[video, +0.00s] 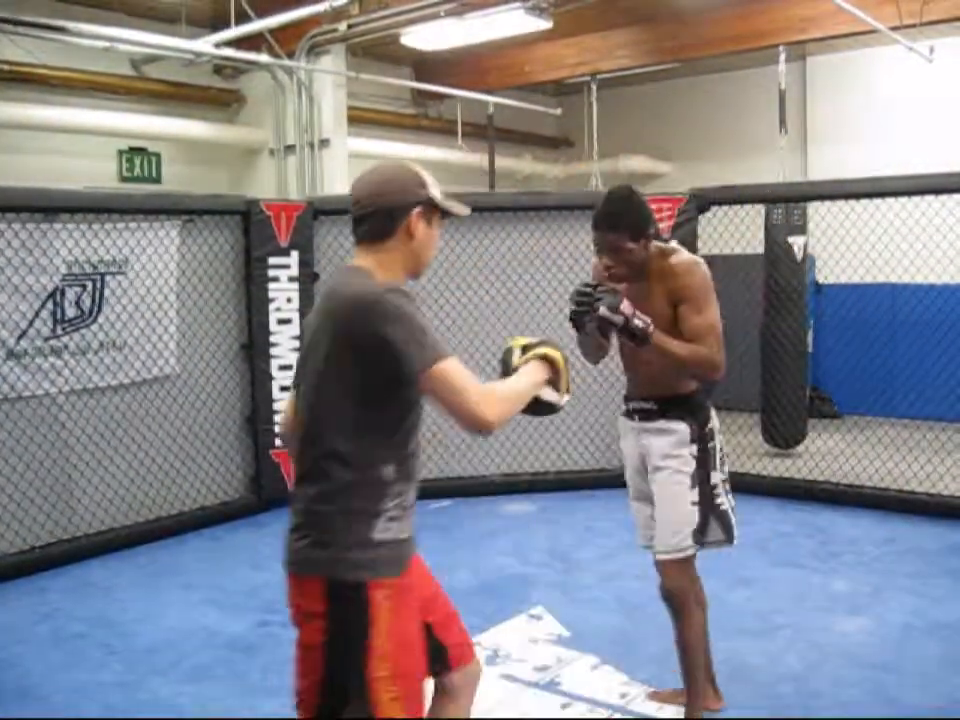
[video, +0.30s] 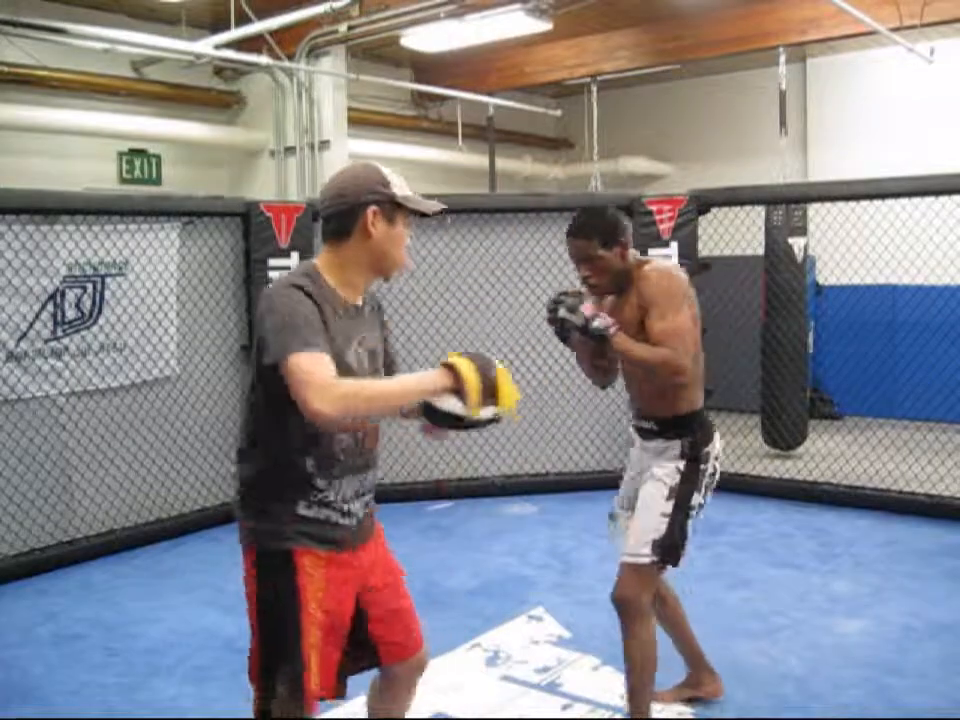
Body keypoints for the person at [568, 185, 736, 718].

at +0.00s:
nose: (608, 263)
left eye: (618, 253)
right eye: (603, 252)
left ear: (646, 238)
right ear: (600, 242)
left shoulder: (686, 271)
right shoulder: (609, 269)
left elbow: (712, 363)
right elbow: (595, 352)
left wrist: (641, 329)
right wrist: (586, 318)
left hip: (681, 432)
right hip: (637, 430)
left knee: (676, 577)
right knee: (671, 573)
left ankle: (704, 696)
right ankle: (701, 688)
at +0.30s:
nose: (583, 275)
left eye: (590, 263)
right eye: (576, 264)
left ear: (622, 251)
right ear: (574, 258)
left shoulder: (662, 281)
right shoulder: (607, 293)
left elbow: (679, 364)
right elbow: (604, 376)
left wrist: (604, 333)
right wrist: (576, 335)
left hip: (681, 448)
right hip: (643, 443)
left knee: (630, 596)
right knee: (641, 574)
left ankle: (639, 712)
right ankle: (701, 674)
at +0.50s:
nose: (544, 315)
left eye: (548, 301)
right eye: (536, 307)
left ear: (577, 282)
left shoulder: (609, 311)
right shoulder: (599, 310)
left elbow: (626, 416)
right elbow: (621, 400)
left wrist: (569, 396)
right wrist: (570, 389)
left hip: (676, 475)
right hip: (641, 469)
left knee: (607, 627)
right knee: (636, 588)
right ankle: (700, 680)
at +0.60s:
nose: (532, 291)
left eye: (537, 276)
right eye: (523, 282)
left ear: (569, 261)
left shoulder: (616, 283)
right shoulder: (579, 320)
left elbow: (649, 351)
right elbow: (626, 404)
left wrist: (575, 353)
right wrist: (569, 426)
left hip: (665, 465)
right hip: (623, 462)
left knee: (611, 634)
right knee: (638, 590)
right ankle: (697, 679)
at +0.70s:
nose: (532, 272)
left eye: (538, 256)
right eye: (523, 263)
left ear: (570, 243)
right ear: (521, 267)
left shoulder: (625, 259)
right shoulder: (548, 321)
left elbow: (694, 303)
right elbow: (570, 419)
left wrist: (599, 308)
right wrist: (517, 405)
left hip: (660, 455)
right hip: (614, 456)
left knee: (611, 634)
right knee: (639, 587)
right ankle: (694, 683)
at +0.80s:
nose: (526, 271)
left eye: (530, 254)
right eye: (516, 262)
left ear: (564, 237)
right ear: (517, 267)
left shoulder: (626, 258)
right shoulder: (548, 309)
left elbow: (691, 320)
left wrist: (602, 307)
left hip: (655, 455)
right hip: (609, 455)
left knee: (610, 633)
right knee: (640, 598)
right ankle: (682, 692)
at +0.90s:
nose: (520, 277)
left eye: (526, 263)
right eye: (514, 266)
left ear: (561, 245)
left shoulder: (628, 273)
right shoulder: (552, 302)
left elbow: (683, 350)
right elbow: (570, 398)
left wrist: (597, 326)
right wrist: (530, 376)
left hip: (645, 460)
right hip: (600, 456)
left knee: (591, 633)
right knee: (628, 600)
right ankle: (668, 702)